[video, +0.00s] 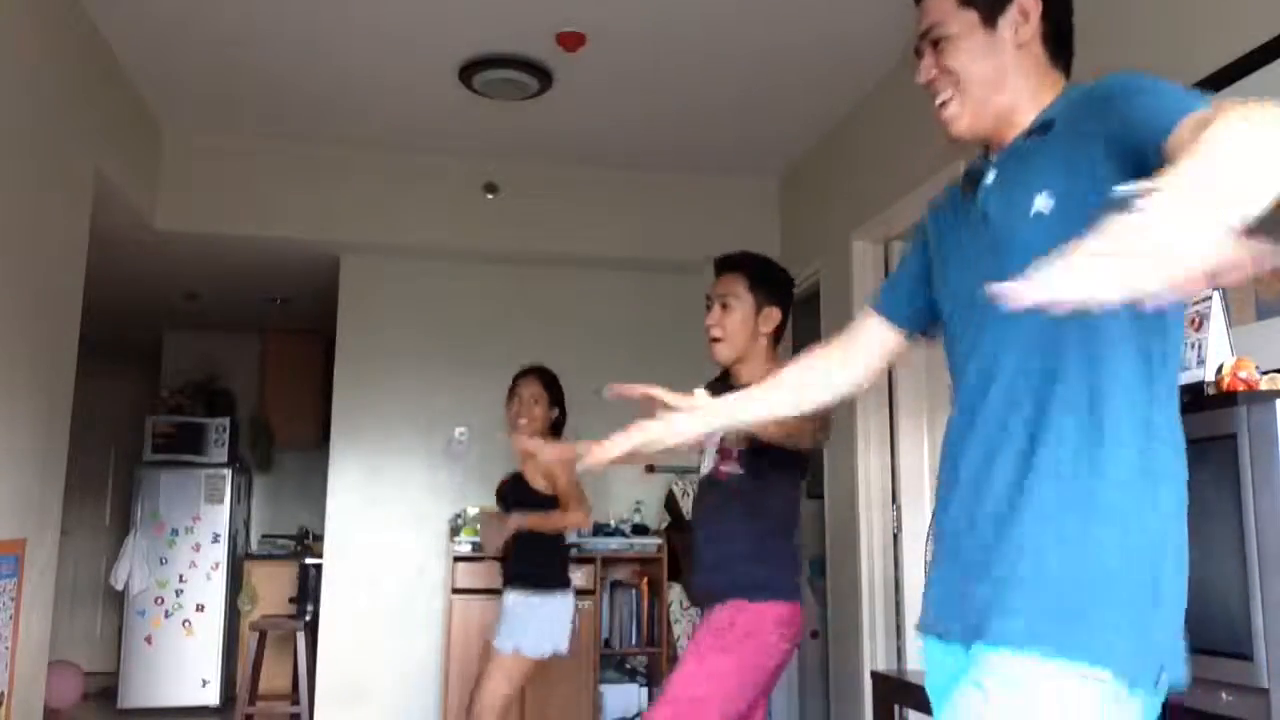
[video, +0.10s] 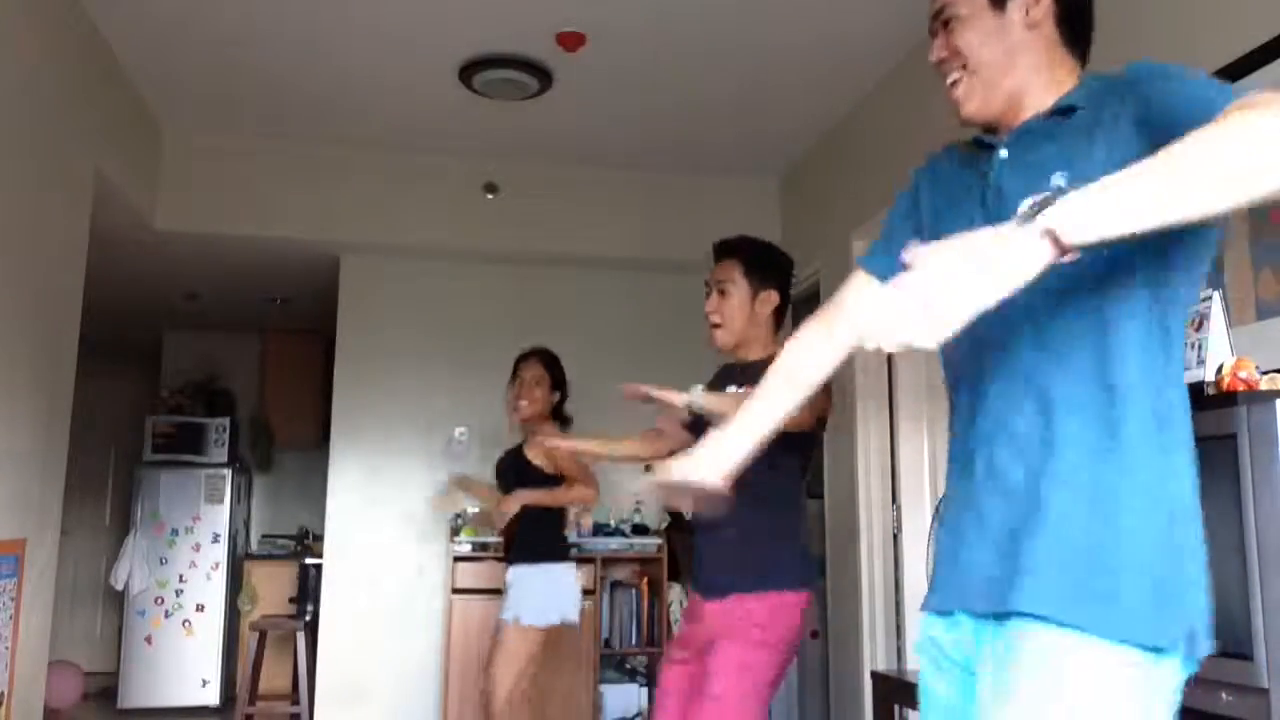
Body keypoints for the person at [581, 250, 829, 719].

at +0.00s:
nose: (710, 321)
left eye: (726, 306)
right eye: (710, 307)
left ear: (770, 320)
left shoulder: (803, 397)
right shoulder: (719, 393)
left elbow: (805, 432)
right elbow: (653, 439)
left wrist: (702, 410)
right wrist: (579, 453)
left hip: (760, 608)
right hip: (716, 603)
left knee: (671, 712)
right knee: (744, 715)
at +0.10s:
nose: (709, 306)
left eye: (722, 292)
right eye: (709, 292)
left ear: (768, 302)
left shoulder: (801, 374)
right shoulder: (721, 380)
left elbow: (795, 416)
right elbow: (656, 444)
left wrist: (692, 402)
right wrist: (576, 446)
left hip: (766, 594)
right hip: (708, 591)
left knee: (722, 714)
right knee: (669, 713)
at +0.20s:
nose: (709, 325)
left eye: (720, 310)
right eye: (710, 311)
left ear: (766, 316)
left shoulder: (807, 389)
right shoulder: (723, 399)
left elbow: (778, 430)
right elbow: (696, 443)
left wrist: (703, 427)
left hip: (770, 626)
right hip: (693, 615)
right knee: (663, 713)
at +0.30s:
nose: (706, 342)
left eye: (716, 326)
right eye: (707, 327)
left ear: (761, 326)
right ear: (758, 328)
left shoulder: (807, 402)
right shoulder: (729, 408)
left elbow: (772, 452)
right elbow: (687, 453)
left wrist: (699, 431)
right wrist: (651, 478)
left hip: (767, 636)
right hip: (693, 624)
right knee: (658, 712)